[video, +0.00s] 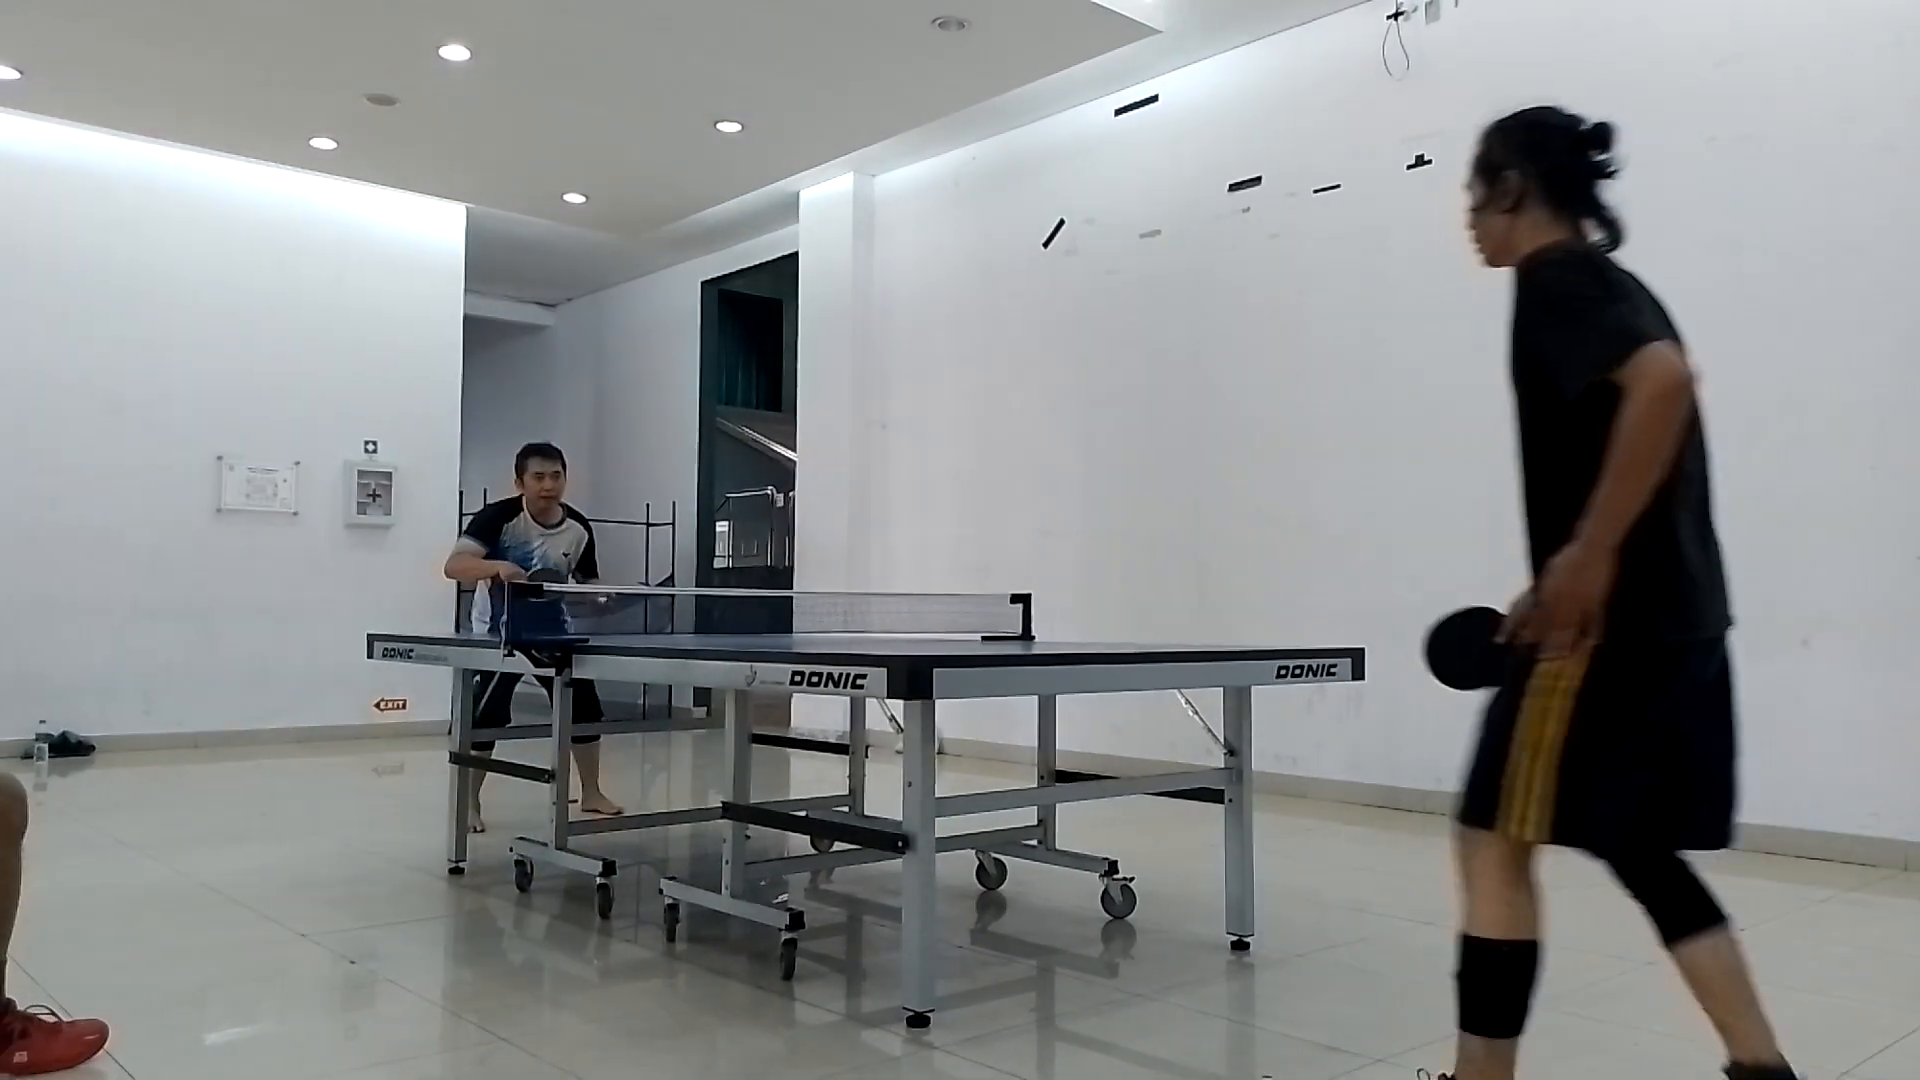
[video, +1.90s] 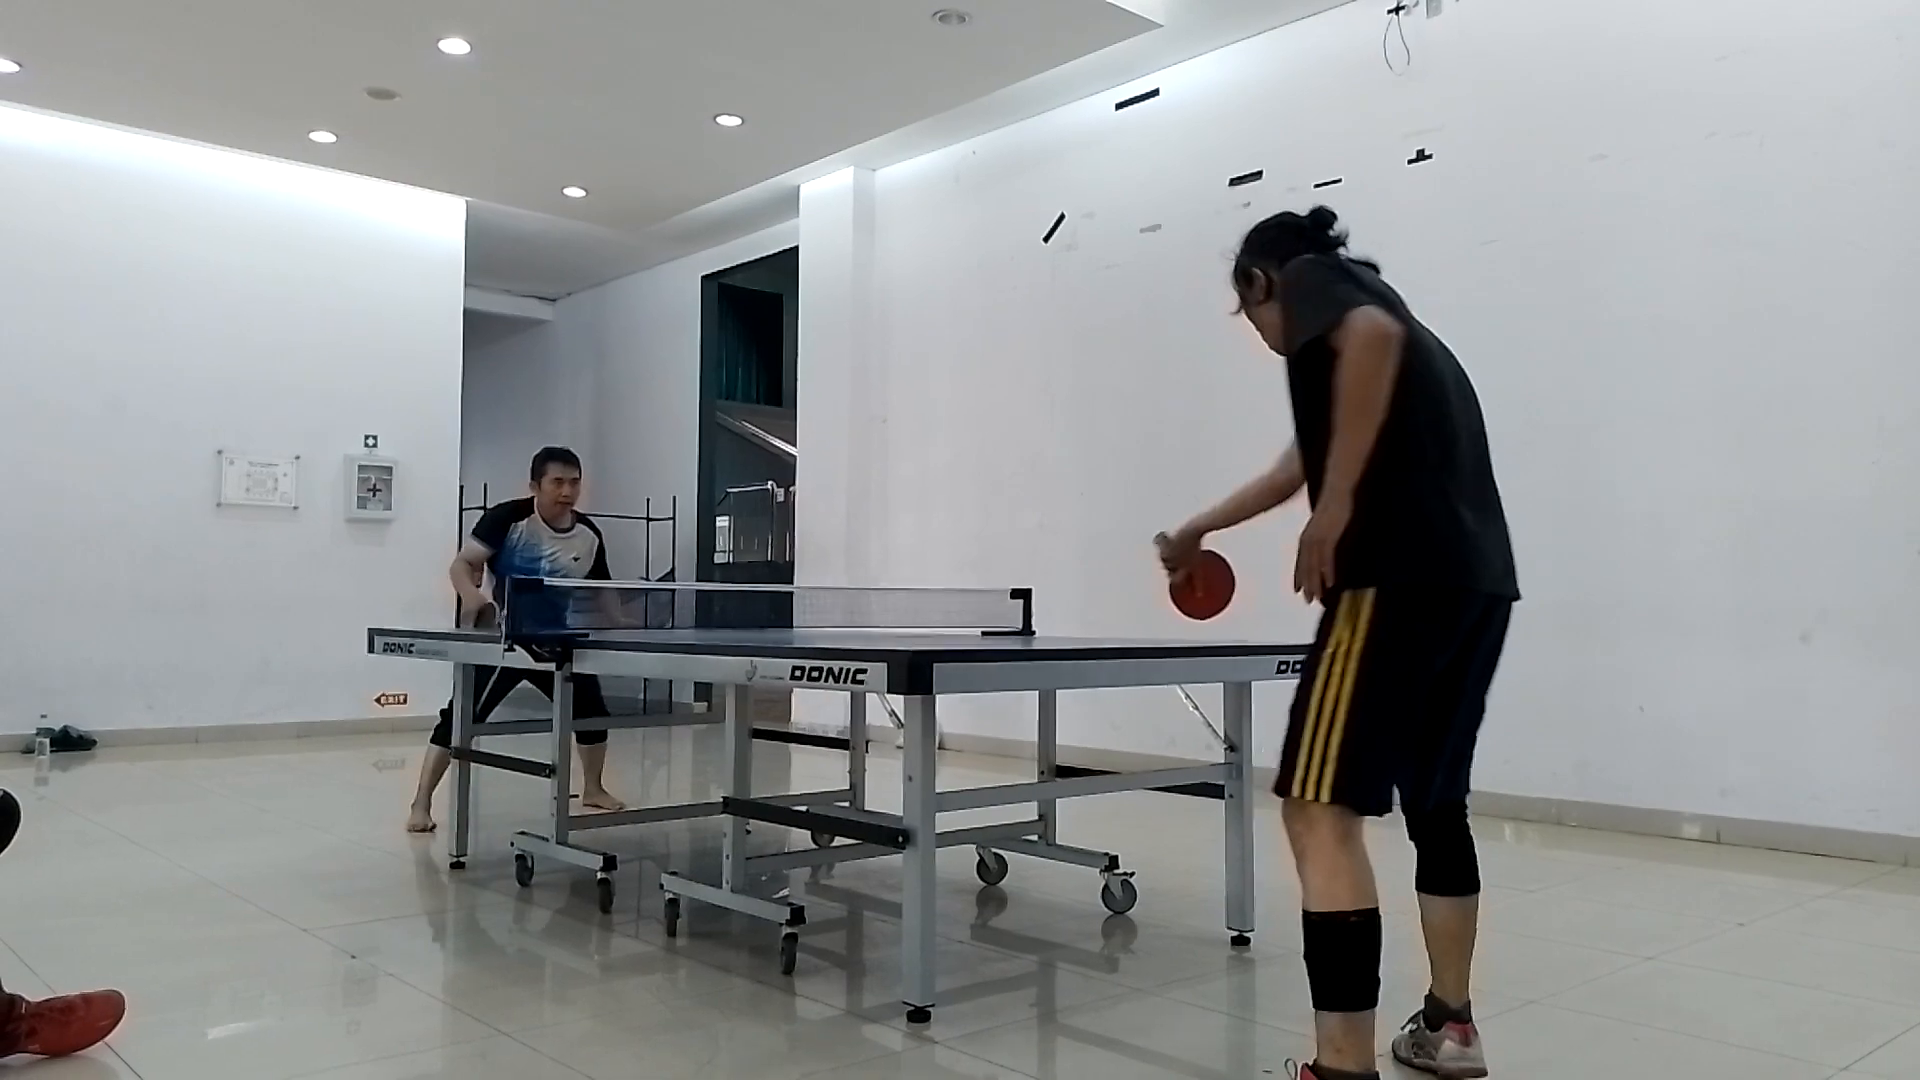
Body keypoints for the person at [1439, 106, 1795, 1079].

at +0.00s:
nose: (1468, 215)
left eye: (1478, 196)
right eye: (1471, 196)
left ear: (1521, 195)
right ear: (1557, 196)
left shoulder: (1561, 281)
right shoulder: (1599, 284)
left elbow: (1664, 380)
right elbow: (1618, 463)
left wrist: (1590, 552)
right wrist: (1552, 596)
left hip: (1602, 622)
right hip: (1662, 622)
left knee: (1489, 833)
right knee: (1633, 836)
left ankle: (1480, 1070)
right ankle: (1761, 1065)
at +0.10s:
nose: (1415, 230)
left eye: (1422, 210)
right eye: (1416, 211)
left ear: (1460, 204)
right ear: (1518, 207)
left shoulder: (1493, 287)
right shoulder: (1580, 299)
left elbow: (1584, 390)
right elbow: (1607, 478)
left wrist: (1516, 559)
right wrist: (1497, 596)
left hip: (1551, 619)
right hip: (1629, 619)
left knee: (1429, 830)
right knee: (1577, 832)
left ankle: (1473, 1067)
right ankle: (1701, 1038)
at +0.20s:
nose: (1375, 240)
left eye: (1378, 220)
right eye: (1373, 221)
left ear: (1414, 209)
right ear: (1472, 210)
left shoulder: (1439, 286)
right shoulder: (1539, 296)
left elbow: (1521, 383)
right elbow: (1578, 459)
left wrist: (1466, 554)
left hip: (1509, 602)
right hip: (1590, 598)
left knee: (1412, 824)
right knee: (1528, 801)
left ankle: (1467, 1066)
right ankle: (1599, 1035)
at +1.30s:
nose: (1254, 288)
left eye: (1253, 270)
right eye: (1252, 272)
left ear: (1276, 258)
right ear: (1341, 257)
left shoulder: (1310, 319)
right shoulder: (1402, 331)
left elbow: (1393, 383)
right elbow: (1441, 489)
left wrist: (1367, 553)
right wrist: (1346, 577)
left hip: (1405, 606)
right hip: (1481, 606)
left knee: (1299, 803)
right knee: (1447, 820)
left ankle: (1339, 1057)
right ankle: (1479, 1035)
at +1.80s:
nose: (1236, 313)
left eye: (1232, 295)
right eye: (1230, 301)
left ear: (1251, 270)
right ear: (1317, 258)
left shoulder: (1281, 288)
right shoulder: (1389, 312)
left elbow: (1331, 353)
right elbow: (1376, 475)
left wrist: (1312, 525)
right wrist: (1249, 520)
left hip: (1374, 576)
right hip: (1460, 579)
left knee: (1296, 814)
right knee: (1426, 791)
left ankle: (1340, 1065)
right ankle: (1455, 1009)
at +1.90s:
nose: (1257, 331)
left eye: (1251, 311)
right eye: (1251, 318)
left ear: (1268, 279)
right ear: (1328, 264)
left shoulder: (1308, 278)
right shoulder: (1382, 330)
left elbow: (1374, 330)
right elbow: (1297, 471)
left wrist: (1332, 505)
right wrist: (1197, 525)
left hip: (1397, 579)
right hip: (1474, 582)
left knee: (1315, 804)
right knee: (1436, 800)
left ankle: (1344, 1065)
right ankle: (1450, 1022)